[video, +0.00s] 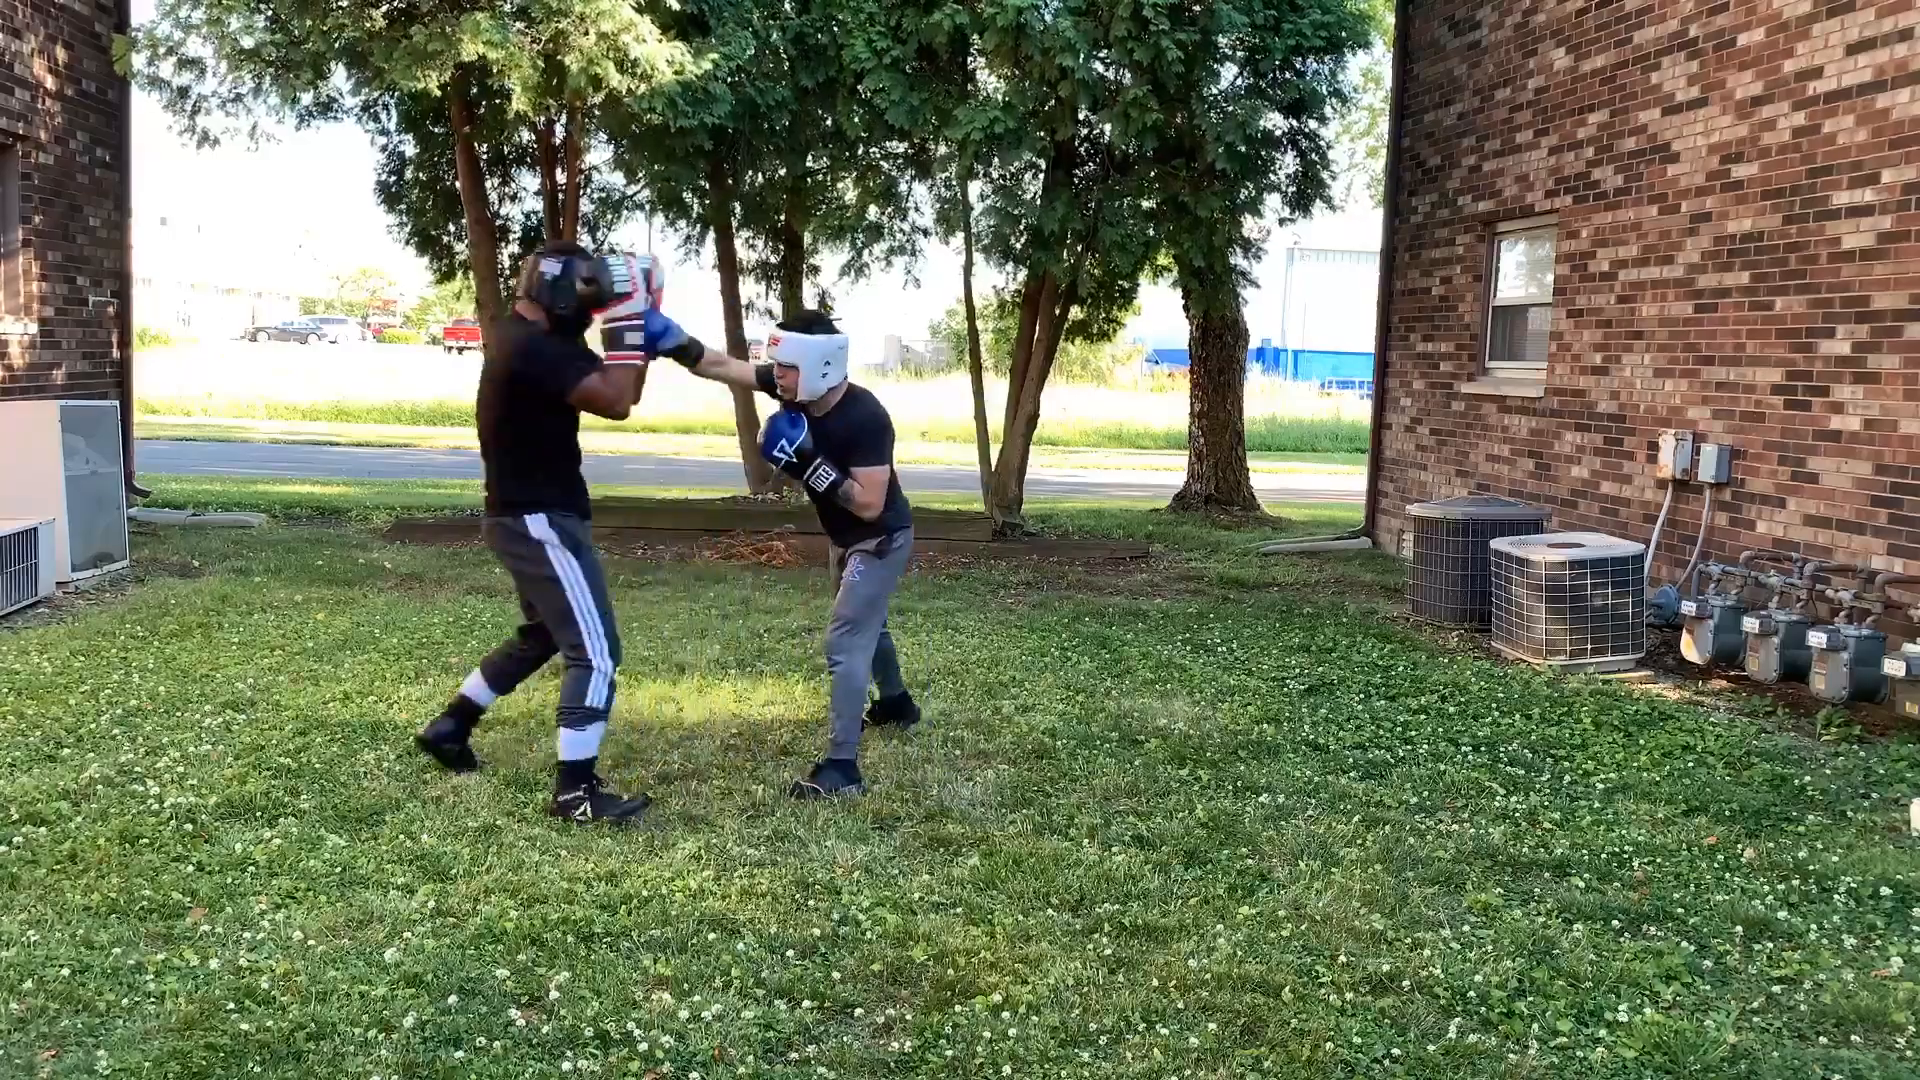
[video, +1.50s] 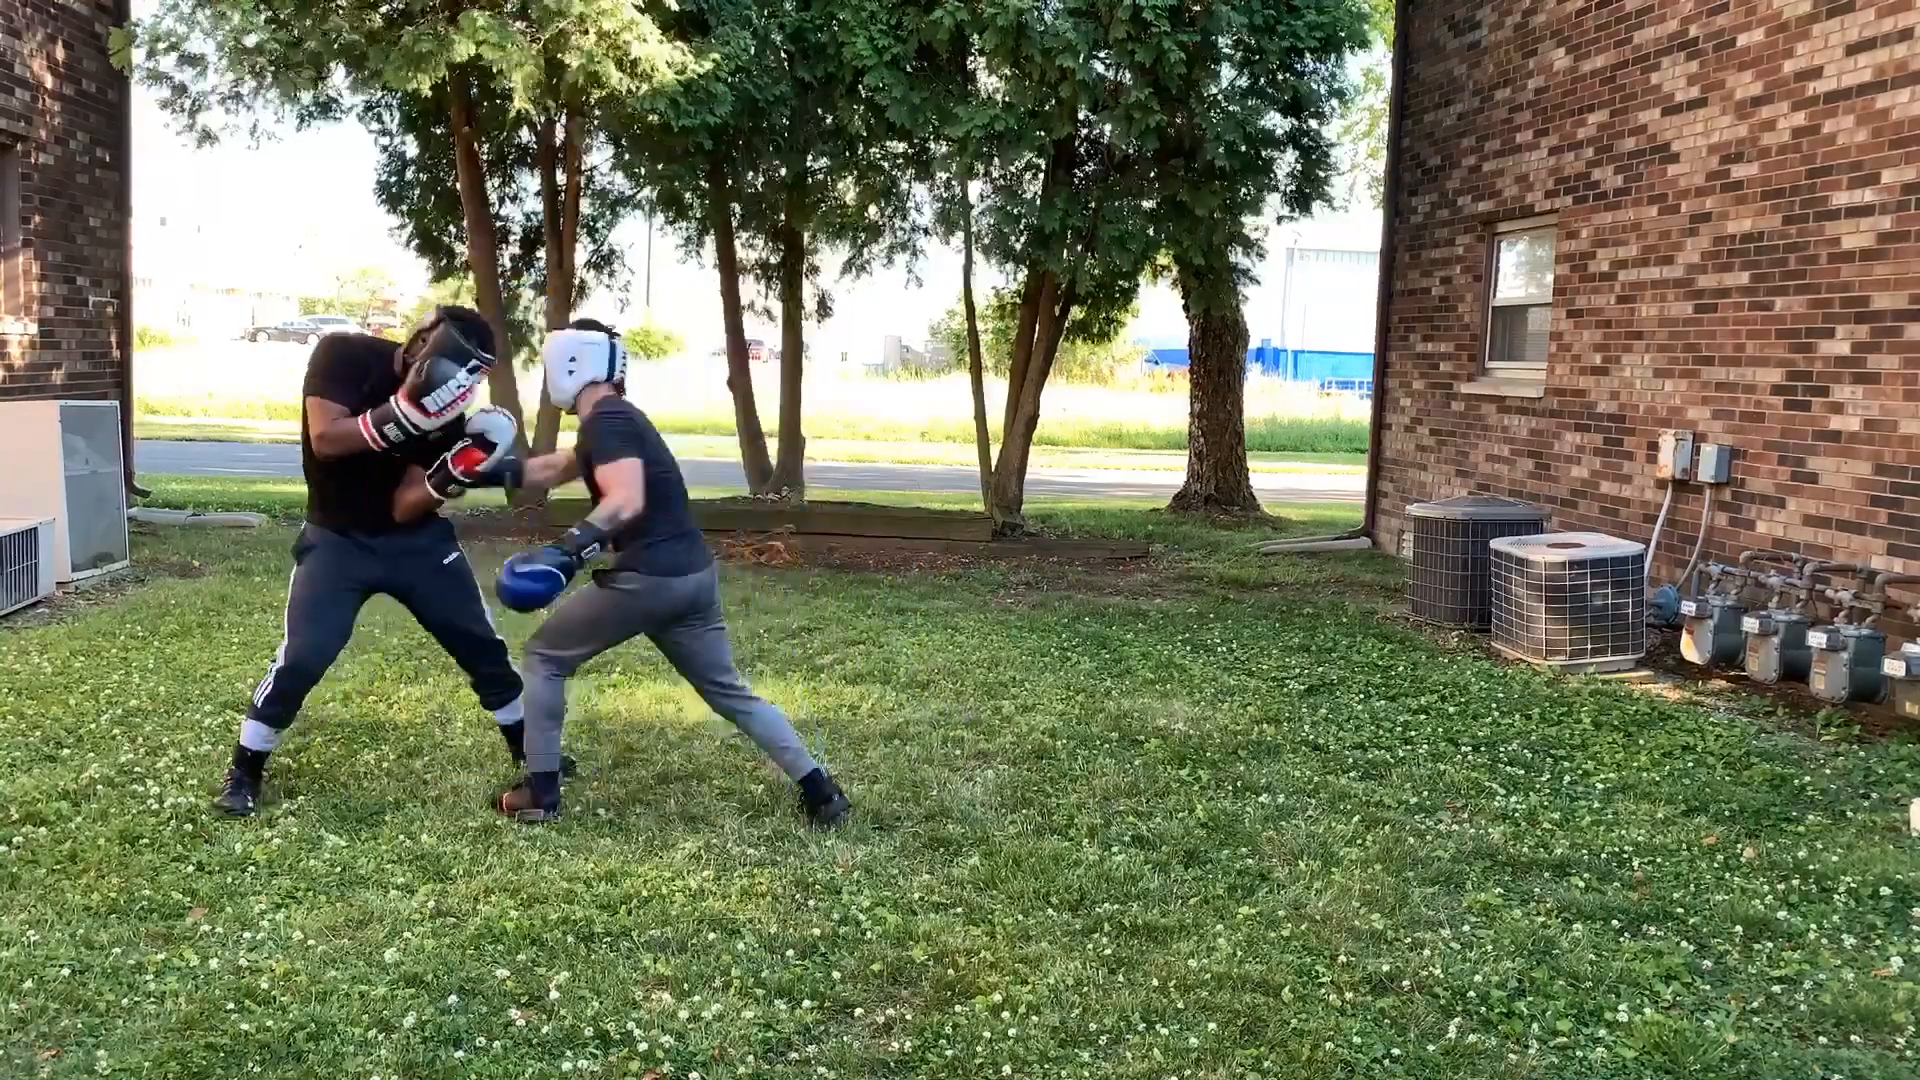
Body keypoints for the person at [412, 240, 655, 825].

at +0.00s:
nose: (589, 312)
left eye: (591, 299)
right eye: (586, 299)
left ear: (537, 294)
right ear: (567, 300)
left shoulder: (515, 341)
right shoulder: (538, 349)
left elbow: (610, 389)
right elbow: (618, 399)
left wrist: (635, 314)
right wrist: (627, 318)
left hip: (520, 516)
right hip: (540, 519)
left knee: (544, 634)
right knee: (597, 651)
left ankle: (450, 726)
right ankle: (576, 786)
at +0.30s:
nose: (483, 295)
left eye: (486, 284)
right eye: (476, 283)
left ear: (453, 277)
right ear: (443, 276)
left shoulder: (458, 329)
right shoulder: (379, 336)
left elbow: (477, 409)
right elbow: (393, 431)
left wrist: (525, 356)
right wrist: (465, 391)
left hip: (460, 507)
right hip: (405, 507)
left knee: (466, 636)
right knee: (412, 646)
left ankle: (424, 748)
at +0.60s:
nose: (420, 291)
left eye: (425, 279)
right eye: (414, 277)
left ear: (385, 271)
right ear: (381, 268)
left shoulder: (390, 333)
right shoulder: (315, 331)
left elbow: (369, 407)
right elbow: (307, 428)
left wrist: (417, 394)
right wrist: (392, 403)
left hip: (394, 508)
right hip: (330, 513)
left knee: (445, 621)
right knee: (306, 646)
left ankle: (427, 744)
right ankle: (238, 770)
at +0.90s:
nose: (438, 349)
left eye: (444, 341)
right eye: (437, 338)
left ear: (416, 316)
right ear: (413, 318)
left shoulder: (408, 344)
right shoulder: (354, 345)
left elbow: (438, 434)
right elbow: (415, 433)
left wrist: (482, 364)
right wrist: (469, 370)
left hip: (400, 515)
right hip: (339, 523)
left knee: (474, 627)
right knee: (317, 659)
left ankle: (512, 734)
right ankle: (237, 772)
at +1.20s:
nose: (468, 340)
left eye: (474, 331)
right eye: (464, 329)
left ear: (471, 330)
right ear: (434, 318)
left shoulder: (457, 366)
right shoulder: (385, 375)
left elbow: (505, 443)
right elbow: (453, 450)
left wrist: (511, 368)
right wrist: (496, 384)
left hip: (467, 535)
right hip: (395, 546)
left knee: (526, 636)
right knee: (354, 667)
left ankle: (538, 752)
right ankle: (264, 770)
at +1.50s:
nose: (442, 388)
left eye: (457, 382)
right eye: (439, 371)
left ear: (470, 381)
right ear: (420, 347)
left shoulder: (451, 417)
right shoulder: (342, 354)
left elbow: (405, 507)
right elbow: (324, 441)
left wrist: (450, 473)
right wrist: (401, 417)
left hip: (422, 545)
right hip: (337, 545)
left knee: (483, 650)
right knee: (304, 659)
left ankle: (533, 760)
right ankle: (246, 769)